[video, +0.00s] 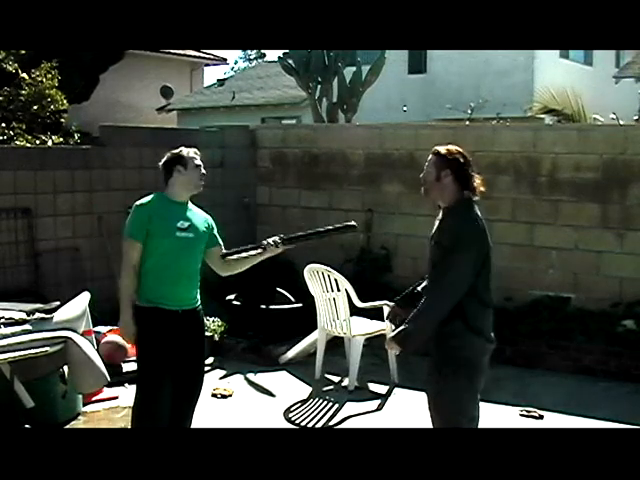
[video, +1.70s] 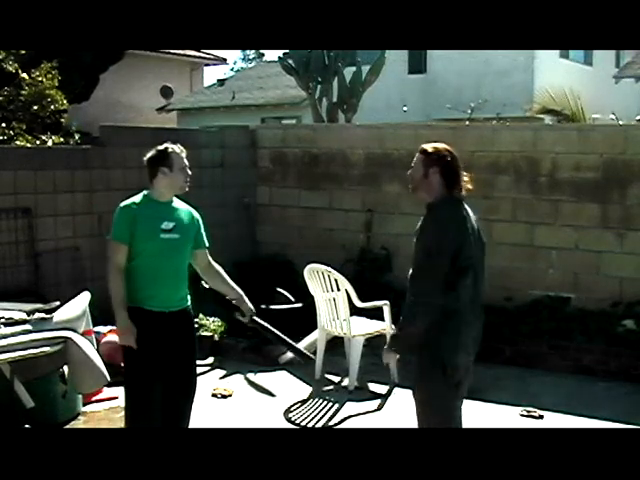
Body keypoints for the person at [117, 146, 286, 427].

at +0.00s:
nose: (204, 172)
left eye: (203, 167)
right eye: (197, 167)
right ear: (177, 171)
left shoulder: (203, 221)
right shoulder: (145, 210)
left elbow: (223, 266)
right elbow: (130, 266)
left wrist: (263, 254)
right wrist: (126, 316)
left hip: (190, 319)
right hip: (153, 318)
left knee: (186, 395)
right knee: (154, 395)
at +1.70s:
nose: (189, 174)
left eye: (188, 168)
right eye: (183, 168)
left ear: (170, 174)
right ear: (163, 172)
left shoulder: (190, 216)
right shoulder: (130, 211)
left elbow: (206, 266)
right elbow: (116, 267)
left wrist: (238, 295)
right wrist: (122, 320)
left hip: (180, 320)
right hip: (142, 320)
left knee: (180, 400)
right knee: (143, 402)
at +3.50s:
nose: (204, 172)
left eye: (202, 167)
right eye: (197, 168)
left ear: (184, 174)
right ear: (178, 174)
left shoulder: (204, 219)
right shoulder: (146, 213)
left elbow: (216, 267)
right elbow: (133, 269)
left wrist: (249, 278)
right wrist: (136, 322)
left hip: (194, 320)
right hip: (159, 319)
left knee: (188, 398)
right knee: (155, 399)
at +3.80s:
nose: (205, 174)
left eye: (204, 168)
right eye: (199, 168)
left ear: (185, 175)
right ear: (180, 175)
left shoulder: (205, 219)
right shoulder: (146, 212)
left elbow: (216, 267)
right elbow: (131, 268)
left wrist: (250, 276)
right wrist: (127, 319)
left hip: (192, 320)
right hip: (155, 318)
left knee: (186, 399)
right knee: (153, 399)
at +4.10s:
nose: (209, 186)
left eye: (209, 180)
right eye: (205, 180)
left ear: (188, 179)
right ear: (185, 178)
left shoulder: (203, 216)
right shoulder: (143, 210)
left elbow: (216, 259)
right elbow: (121, 260)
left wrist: (259, 257)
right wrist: (117, 310)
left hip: (191, 320)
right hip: (153, 319)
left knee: (187, 396)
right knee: (152, 396)